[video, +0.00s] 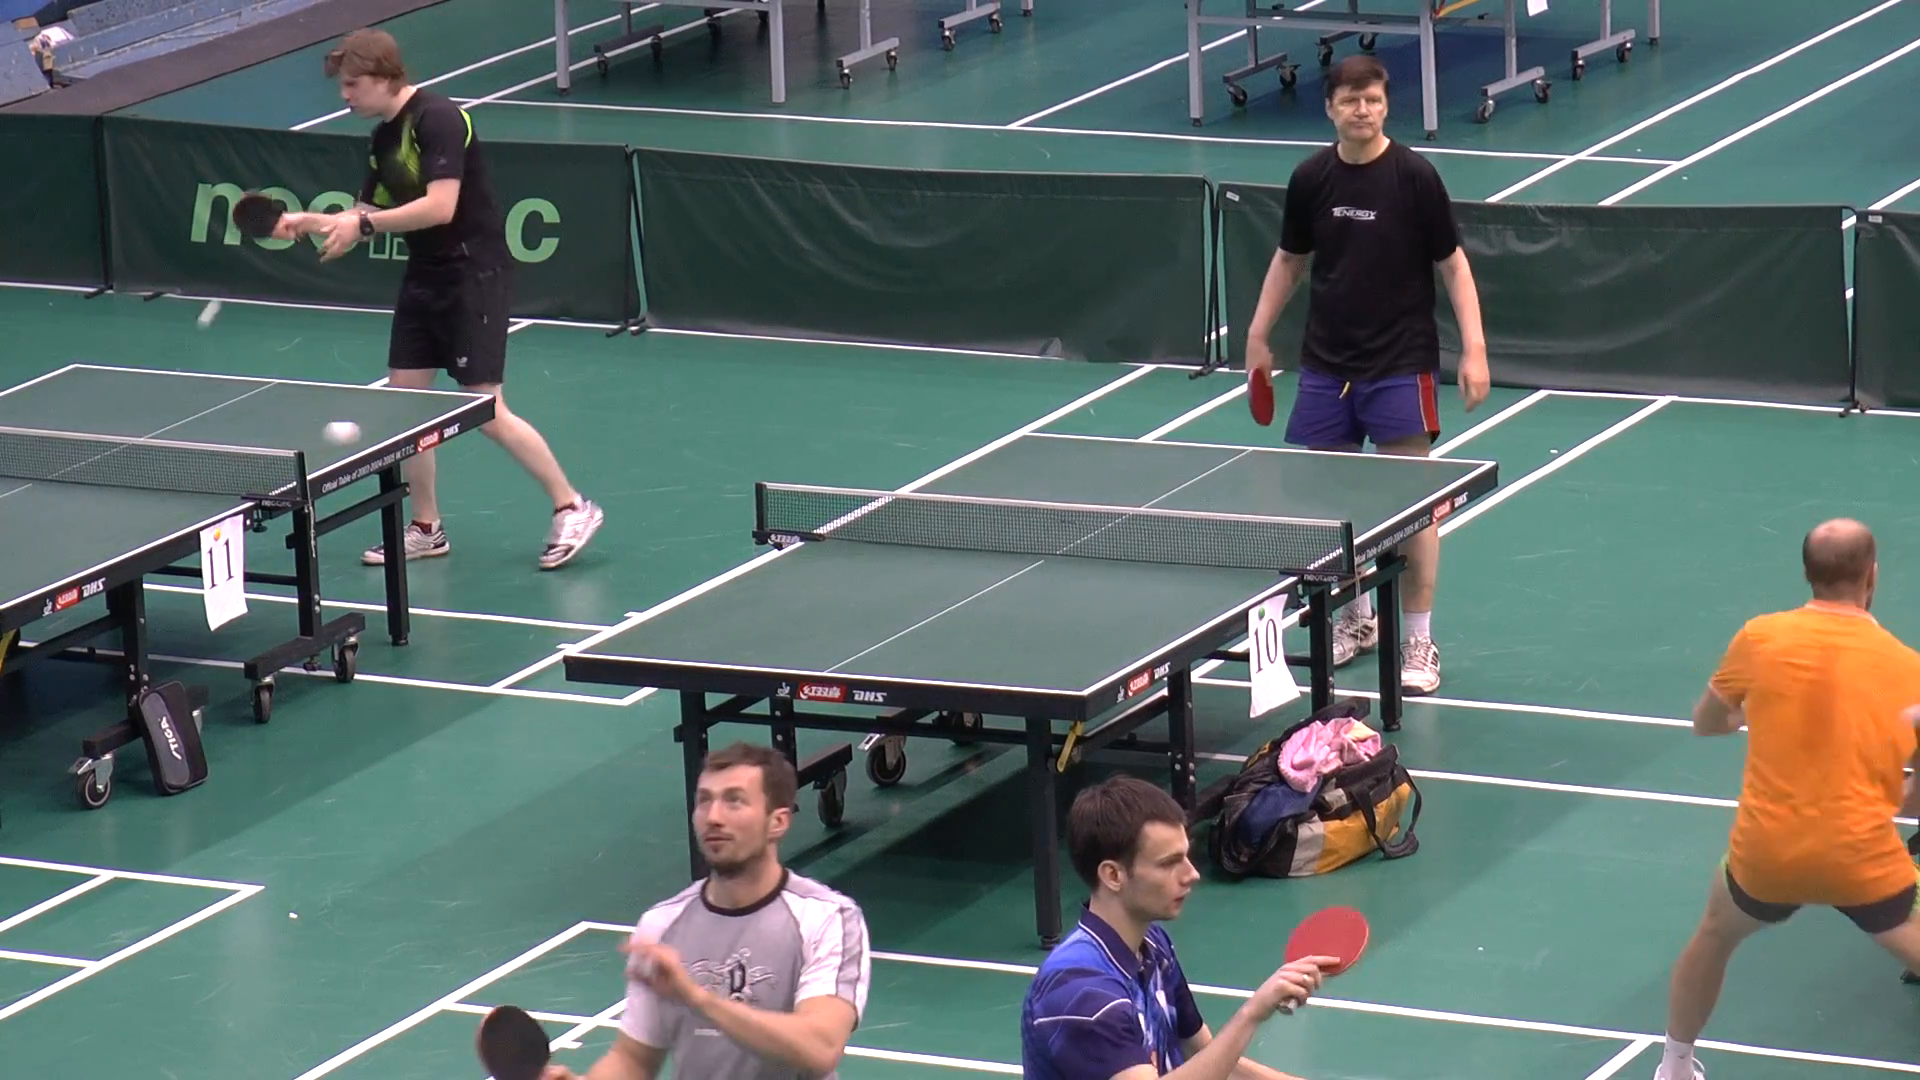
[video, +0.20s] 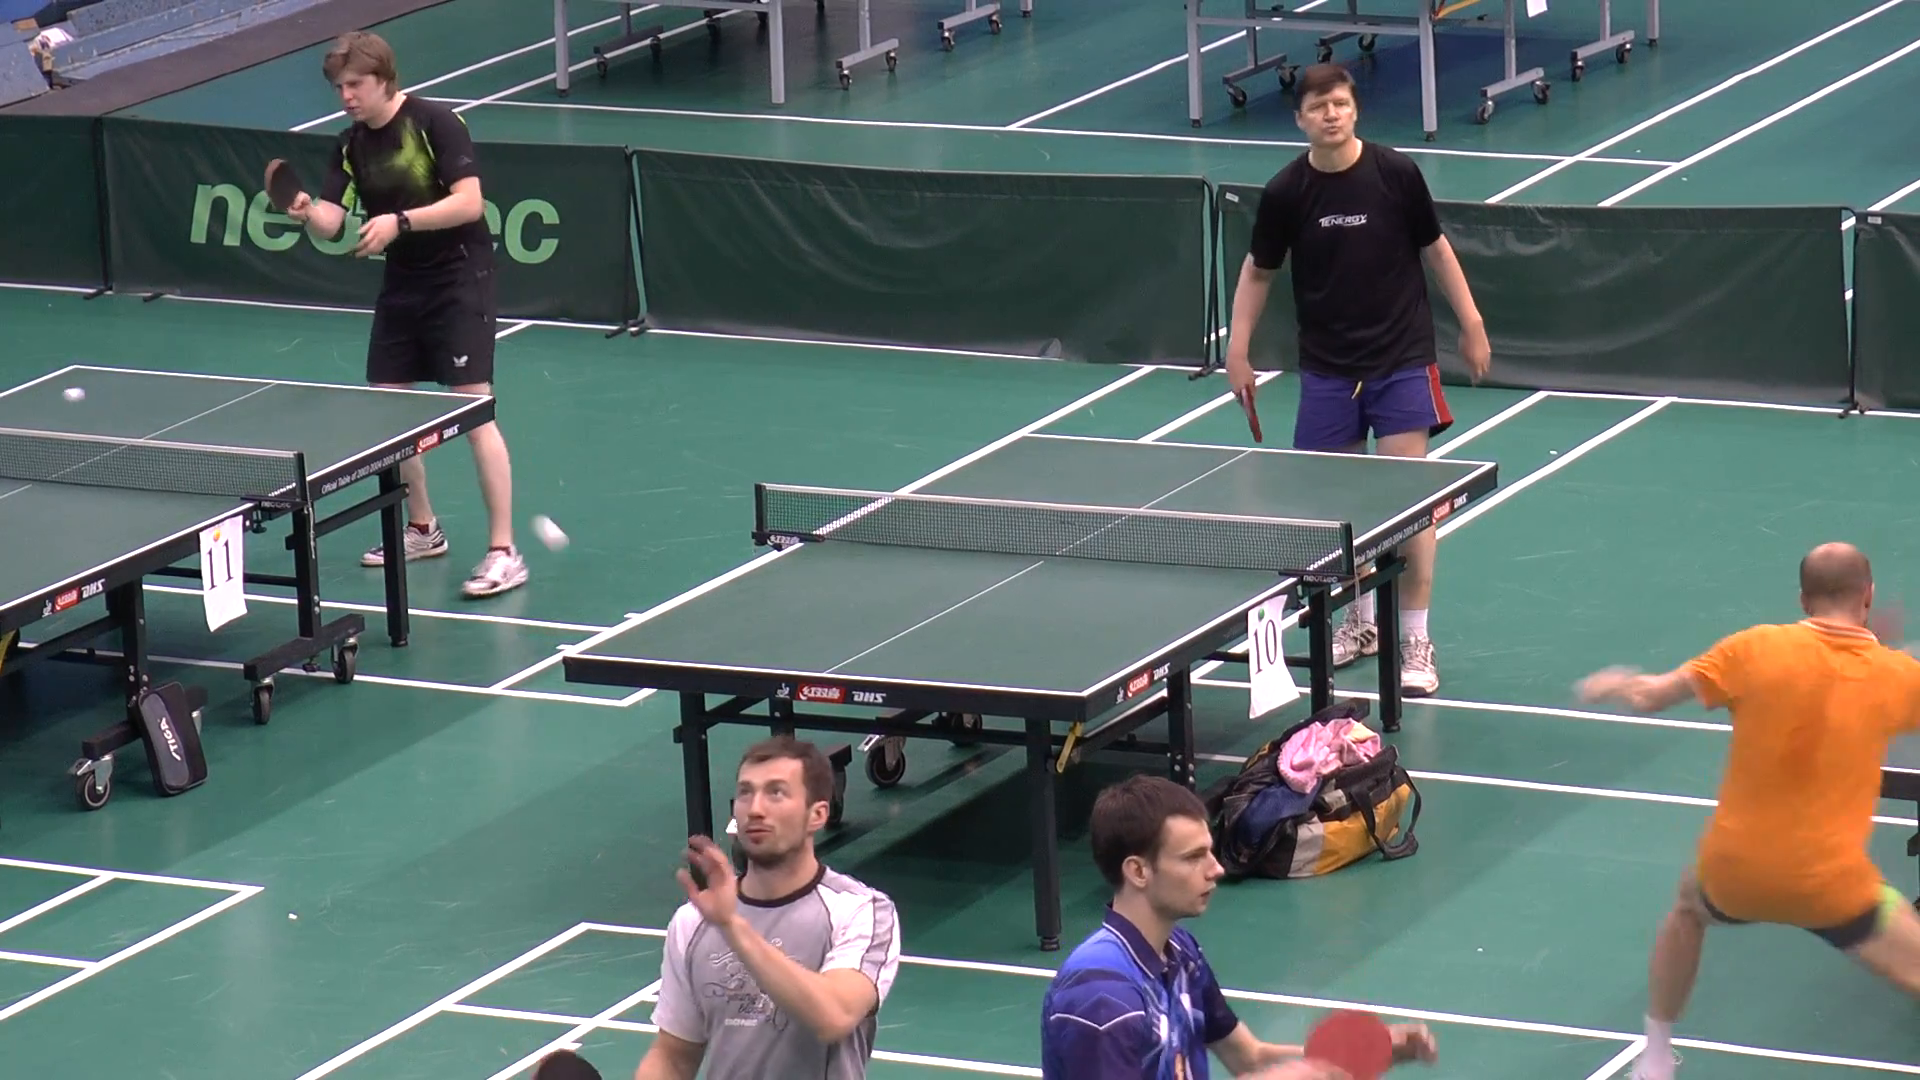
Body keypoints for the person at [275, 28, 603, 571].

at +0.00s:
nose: (346, 98)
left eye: (352, 87)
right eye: (343, 88)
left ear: (385, 78)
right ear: (365, 84)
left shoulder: (438, 116)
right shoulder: (384, 136)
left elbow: (441, 205)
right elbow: (368, 218)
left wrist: (363, 222)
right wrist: (309, 222)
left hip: (475, 274)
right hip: (424, 274)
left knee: (487, 411)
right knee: (405, 402)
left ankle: (573, 507)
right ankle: (426, 527)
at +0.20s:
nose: (346, 96)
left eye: (355, 85)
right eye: (340, 87)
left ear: (385, 80)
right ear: (339, 89)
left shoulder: (436, 120)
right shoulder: (351, 145)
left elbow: (470, 203)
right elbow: (332, 229)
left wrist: (399, 221)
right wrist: (307, 209)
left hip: (460, 279)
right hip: (402, 283)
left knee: (473, 409)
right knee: (387, 408)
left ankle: (503, 550)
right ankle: (421, 529)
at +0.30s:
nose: (352, 103)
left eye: (361, 91)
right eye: (345, 94)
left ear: (391, 87)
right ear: (343, 95)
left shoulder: (438, 131)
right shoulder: (348, 149)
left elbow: (481, 211)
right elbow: (331, 230)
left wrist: (413, 227)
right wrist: (305, 223)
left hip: (456, 292)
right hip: (396, 296)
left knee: (467, 419)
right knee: (375, 413)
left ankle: (495, 556)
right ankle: (417, 523)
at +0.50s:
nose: (345, 114)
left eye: (354, 103)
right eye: (339, 106)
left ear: (384, 98)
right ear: (338, 106)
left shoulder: (431, 141)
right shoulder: (350, 157)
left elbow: (474, 221)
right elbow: (330, 235)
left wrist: (404, 243)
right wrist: (290, 250)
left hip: (451, 299)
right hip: (393, 299)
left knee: (456, 426)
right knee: (350, 410)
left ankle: (493, 557)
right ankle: (355, 529)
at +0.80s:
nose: (303, 137)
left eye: (309, 125)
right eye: (297, 128)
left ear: (341, 115)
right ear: (309, 124)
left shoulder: (381, 153)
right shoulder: (347, 163)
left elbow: (413, 238)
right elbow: (345, 241)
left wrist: (341, 255)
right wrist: (279, 278)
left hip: (444, 295)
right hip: (398, 296)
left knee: (429, 432)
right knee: (360, 413)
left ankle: (493, 557)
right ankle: (351, 530)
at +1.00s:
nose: (300, 158)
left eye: (304, 145)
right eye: (295, 149)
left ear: (335, 132)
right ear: (339, 132)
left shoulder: (374, 167)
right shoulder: (379, 153)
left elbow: (403, 244)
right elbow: (411, 236)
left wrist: (333, 272)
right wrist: (340, 271)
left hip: (444, 304)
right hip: (412, 303)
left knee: (418, 444)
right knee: (367, 418)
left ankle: (503, 560)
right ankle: (351, 531)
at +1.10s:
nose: (309, 157)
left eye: (313, 144)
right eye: (304, 147)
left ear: (345, 133)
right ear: (346, 132)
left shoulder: (387, 163)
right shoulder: (381, 158)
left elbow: (420, 240)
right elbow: (390, 242)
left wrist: (344, 265)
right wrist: (325, 270)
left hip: (450, 308)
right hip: (416, 307)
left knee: (419, 443)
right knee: (375, 423)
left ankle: (504, 560)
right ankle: (352, 530)